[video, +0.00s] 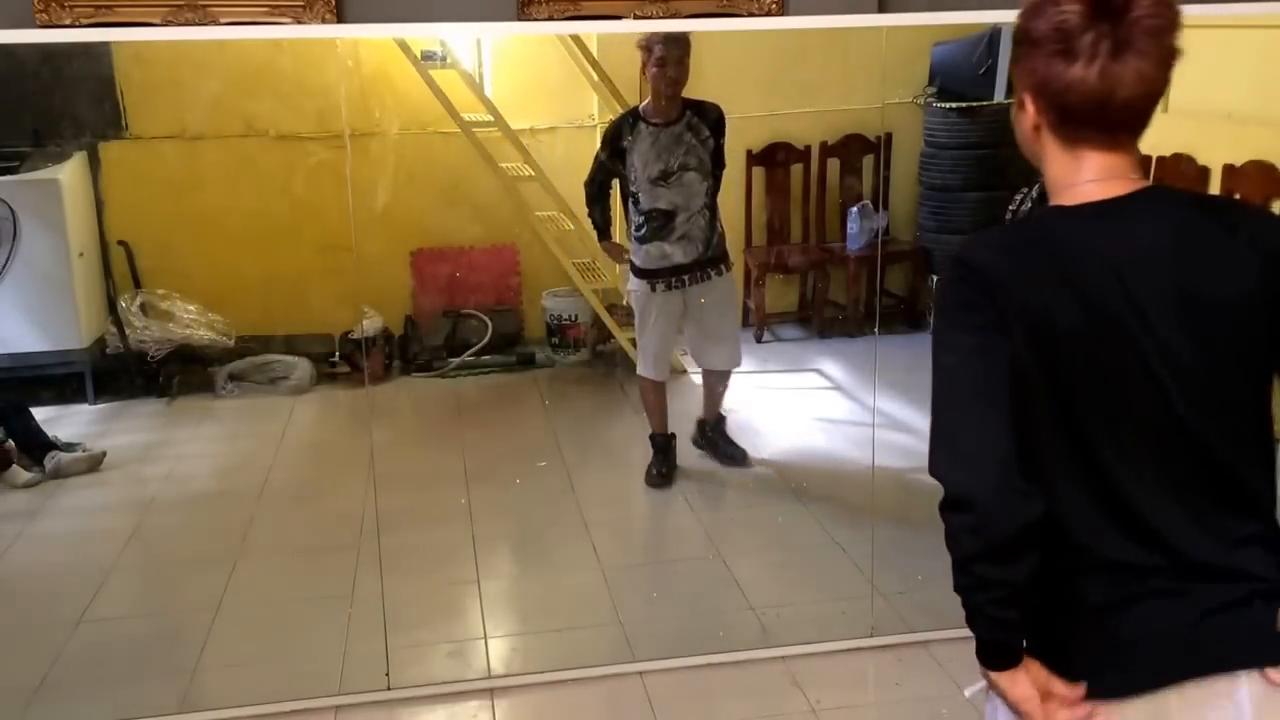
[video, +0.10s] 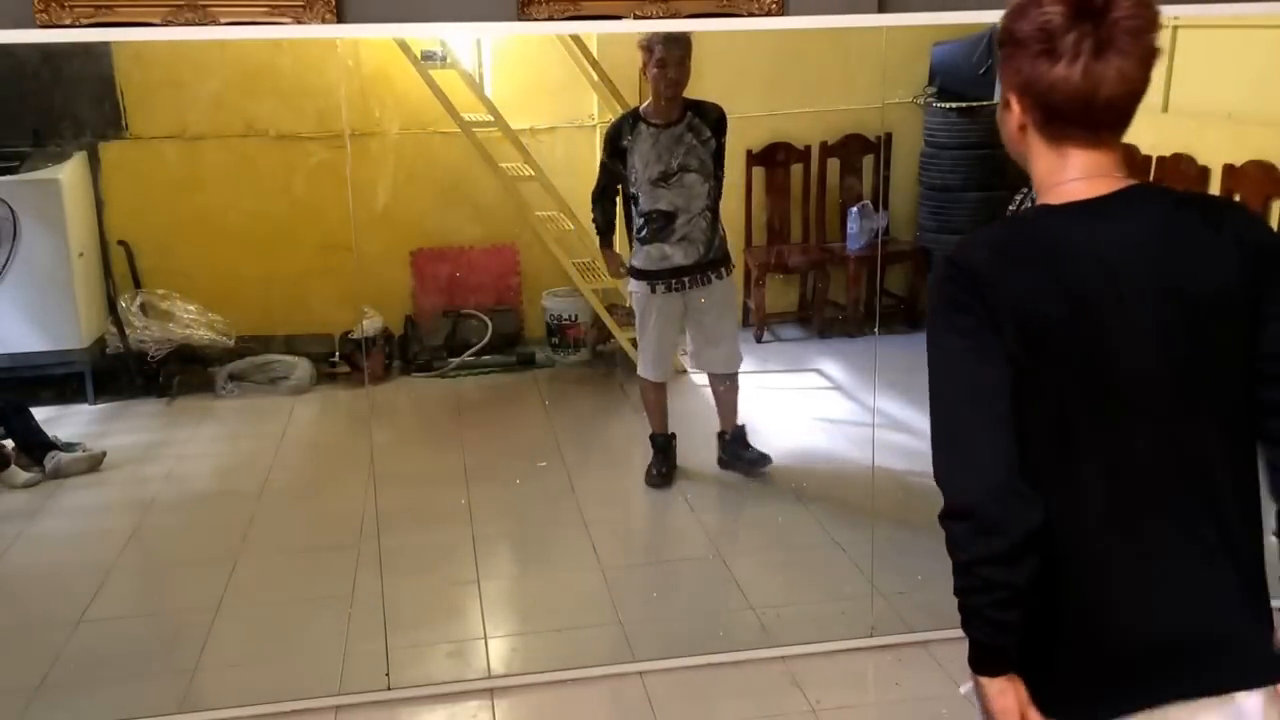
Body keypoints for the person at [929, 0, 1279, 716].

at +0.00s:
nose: (1013, 111)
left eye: (1014, 96)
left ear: (1029, 111)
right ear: (1151, 99)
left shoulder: (988, 272)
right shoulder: (1250, 240)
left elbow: (976, 486)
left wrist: (1001, 651)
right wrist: (1275, 622)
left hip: (1077, 670)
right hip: (1246, 644)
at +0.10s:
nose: (1000, 113)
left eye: (999, 96)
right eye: (1000, 93)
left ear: (1015, 110)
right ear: (1132, 94)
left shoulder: (980, 272)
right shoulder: (1237, 239)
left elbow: (980, 492)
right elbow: (1279, 441)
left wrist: (993, 659)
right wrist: (1272, 621)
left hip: (1066, 666)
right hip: (1228, 650)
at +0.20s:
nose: (997, 113)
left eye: (996, 96)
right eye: (997, 93)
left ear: (1012, 109)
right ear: (1126, 94)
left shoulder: (979, 270)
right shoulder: (1230, 237)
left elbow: (981, 487)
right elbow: (1269, 439)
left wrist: (975, 653)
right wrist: (1274, 607)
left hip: (1058, 668)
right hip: (1217, 653)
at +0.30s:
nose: (1000, 111)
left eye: (1001, 95)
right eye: (1002, 92)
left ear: (1017, 108)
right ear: (1129, 93)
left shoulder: (989, 263)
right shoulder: (1228, 238)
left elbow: (979, 477)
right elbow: (1268, 433)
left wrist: (951, 632)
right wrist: (1274, 589)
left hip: (1057, 654)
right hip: (1215, 641)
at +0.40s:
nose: (1014, 112)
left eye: (1015, 95)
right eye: (1018, 93)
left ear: (1033, 108)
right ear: (1144, 96)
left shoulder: (1003, 262)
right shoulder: (1239, 235)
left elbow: (978, 464)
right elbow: (1276, 423)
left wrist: (940, 587)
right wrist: (1275, 568)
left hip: (1060, 647)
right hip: (1213, 631)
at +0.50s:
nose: (1040, 103)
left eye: (1041, 87)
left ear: (1054, 102)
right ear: (1167, 90)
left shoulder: (1010, 257)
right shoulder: (1255, 236)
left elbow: (973, 443)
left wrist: (966, 565)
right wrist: (1273, 564)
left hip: (1061, 631)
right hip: (1221, 627)